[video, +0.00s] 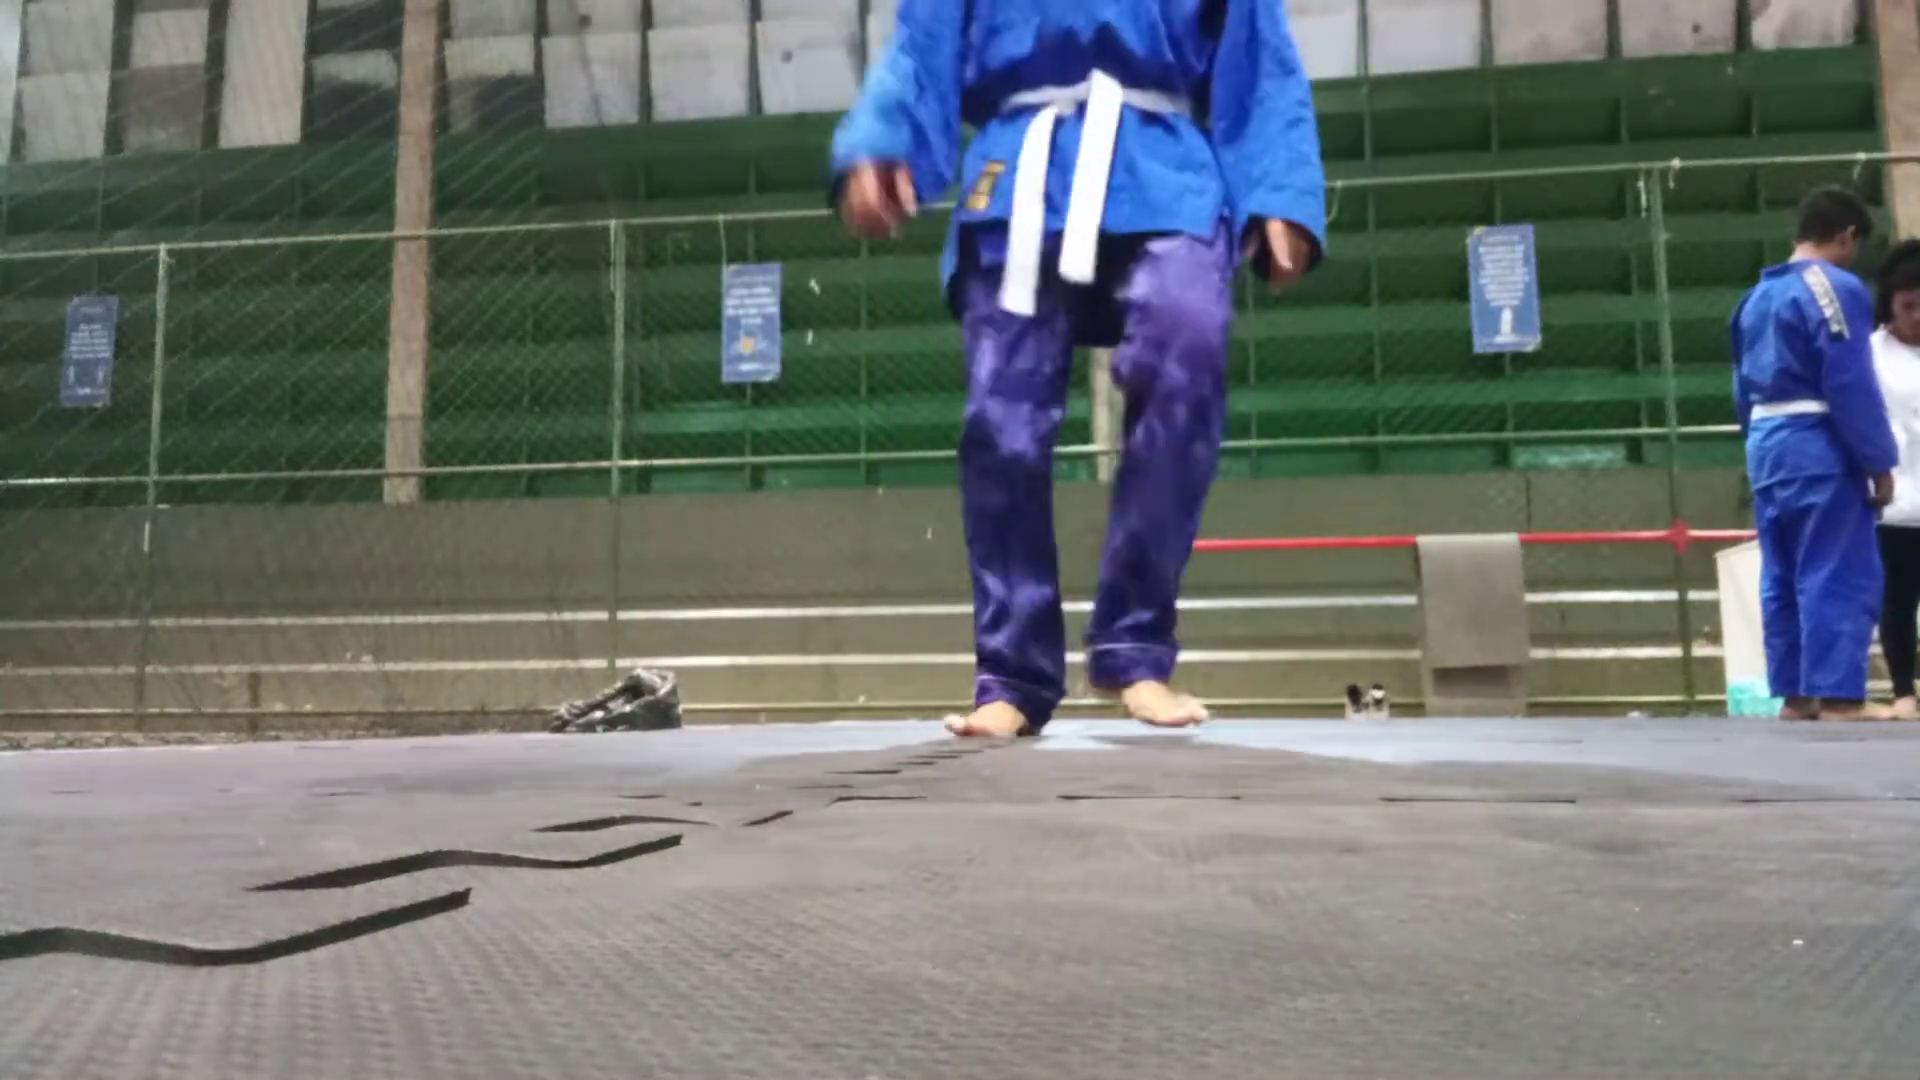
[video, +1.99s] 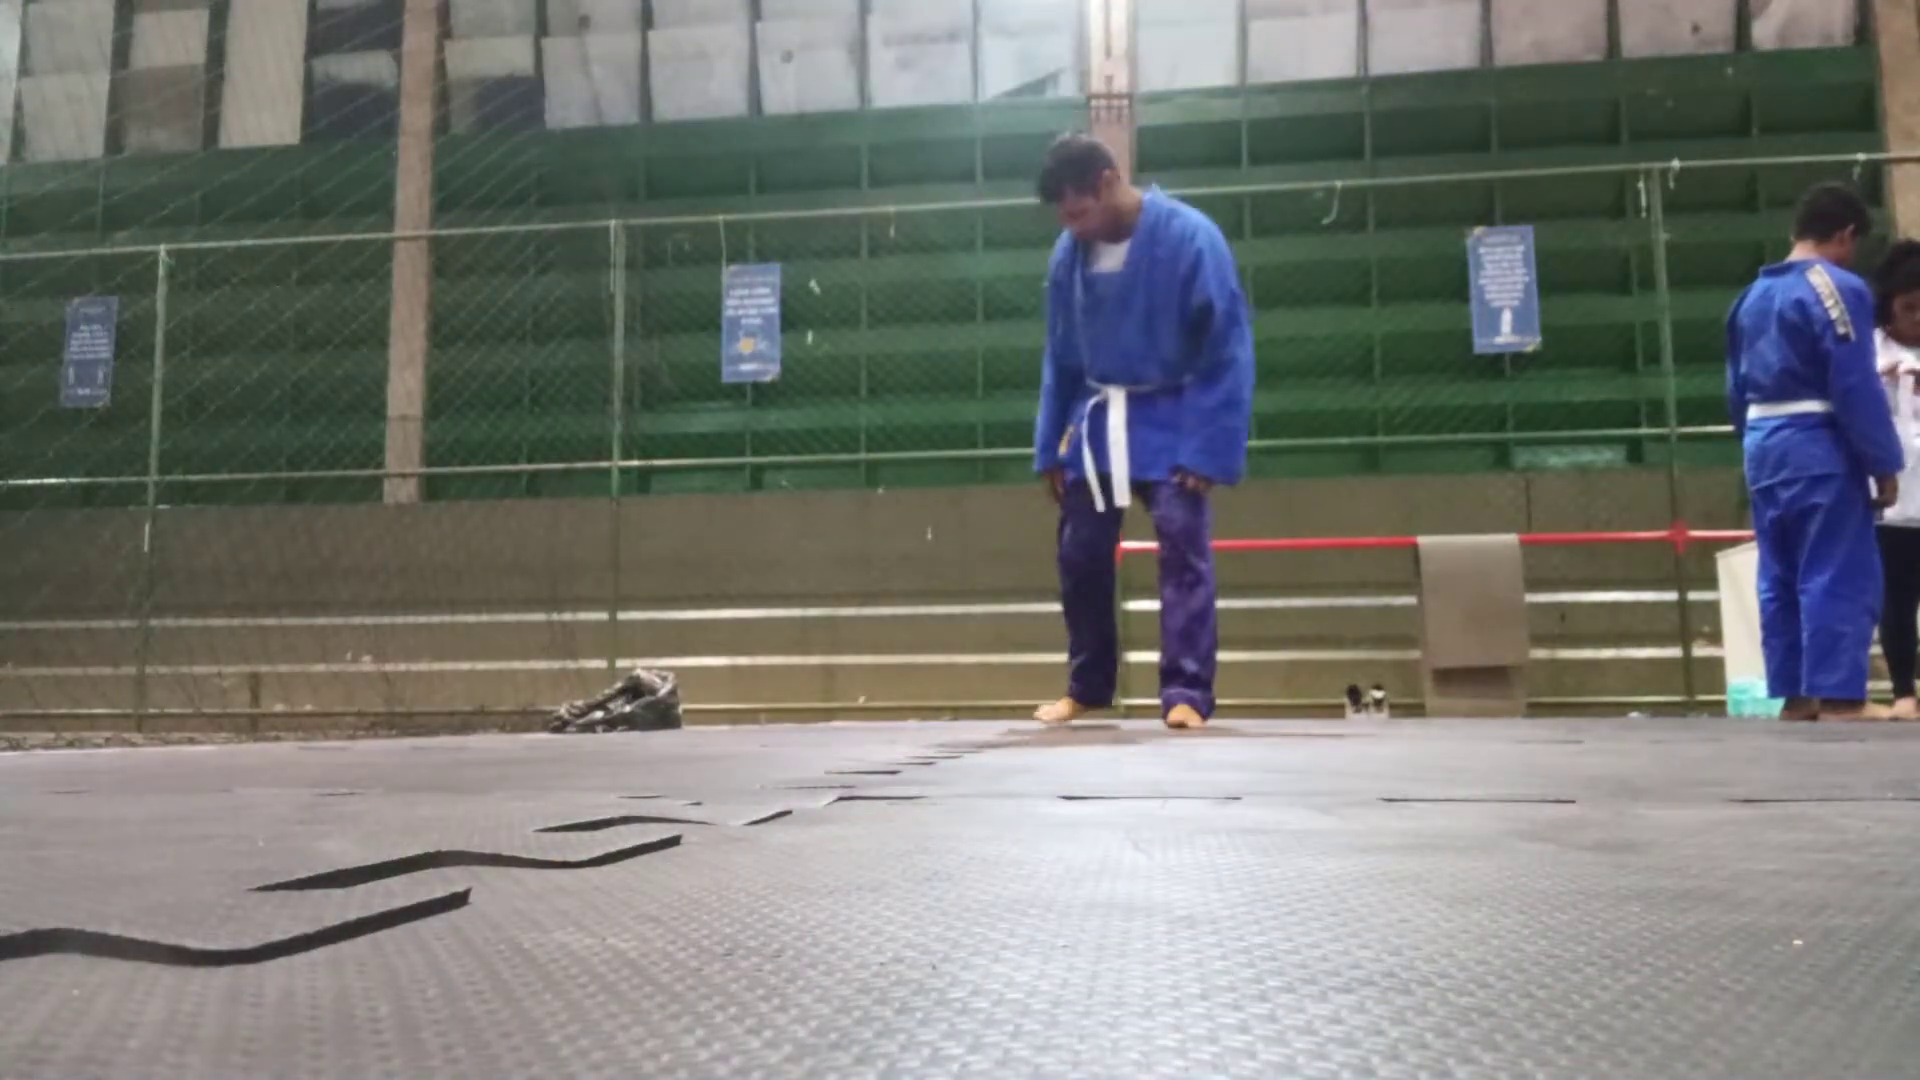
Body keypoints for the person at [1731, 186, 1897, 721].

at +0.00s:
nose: (1855, 252)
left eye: (1857, 244)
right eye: (1856, 243)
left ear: (1801, 233)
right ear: (1845, 236)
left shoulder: (1757, 296)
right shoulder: (1833, 289)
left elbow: (1745, 390)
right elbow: (1850, 387)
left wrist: (1764, 443)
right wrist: (1881, 464)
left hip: (1764, 440)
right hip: (1815, 438)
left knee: (1784, 572)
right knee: (1840, 567)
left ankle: (1794, 696)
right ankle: (1838, 697)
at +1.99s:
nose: (1853, 253)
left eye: (1856, 244)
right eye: (1855, 242)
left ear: (1799, 231)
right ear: (1843, 235)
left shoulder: (1753, 295)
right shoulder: (1836, 289)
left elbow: (1739, 390)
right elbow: (1854, 386)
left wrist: (1758, 444)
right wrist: (1885, 464)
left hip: (1761, 441)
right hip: (1816, 439)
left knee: (1781, 574)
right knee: (1839, 570)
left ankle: (1793, 698)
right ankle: (1838, 699)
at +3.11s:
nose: (1853, 252)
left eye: (1855, 244)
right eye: (1855, 242)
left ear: (1798, 231)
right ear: (1843, 235)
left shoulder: (1753, 295)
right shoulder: (1836, 289)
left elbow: (1740, 392)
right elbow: (1855, 387)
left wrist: (1760, 446)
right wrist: (1886, 464)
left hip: (1762, 442)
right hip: (1818, 440)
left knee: (1782, 576)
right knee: (1840, 572)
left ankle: (1794, 699)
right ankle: (1839, 701)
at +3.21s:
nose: (1854, 253)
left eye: (1856, 244)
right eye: (1855, 243)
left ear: (1799, 232)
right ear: (1844, 235)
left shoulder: (1754, 295)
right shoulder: (1838, 289)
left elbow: (1740, 391)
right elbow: (1857, 387)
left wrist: (1760, 445)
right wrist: (1887, 464)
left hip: (1763, 442)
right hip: (1819, 440)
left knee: (1782, 576)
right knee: (1840, 572)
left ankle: (1794, 699)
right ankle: (1839, 700)